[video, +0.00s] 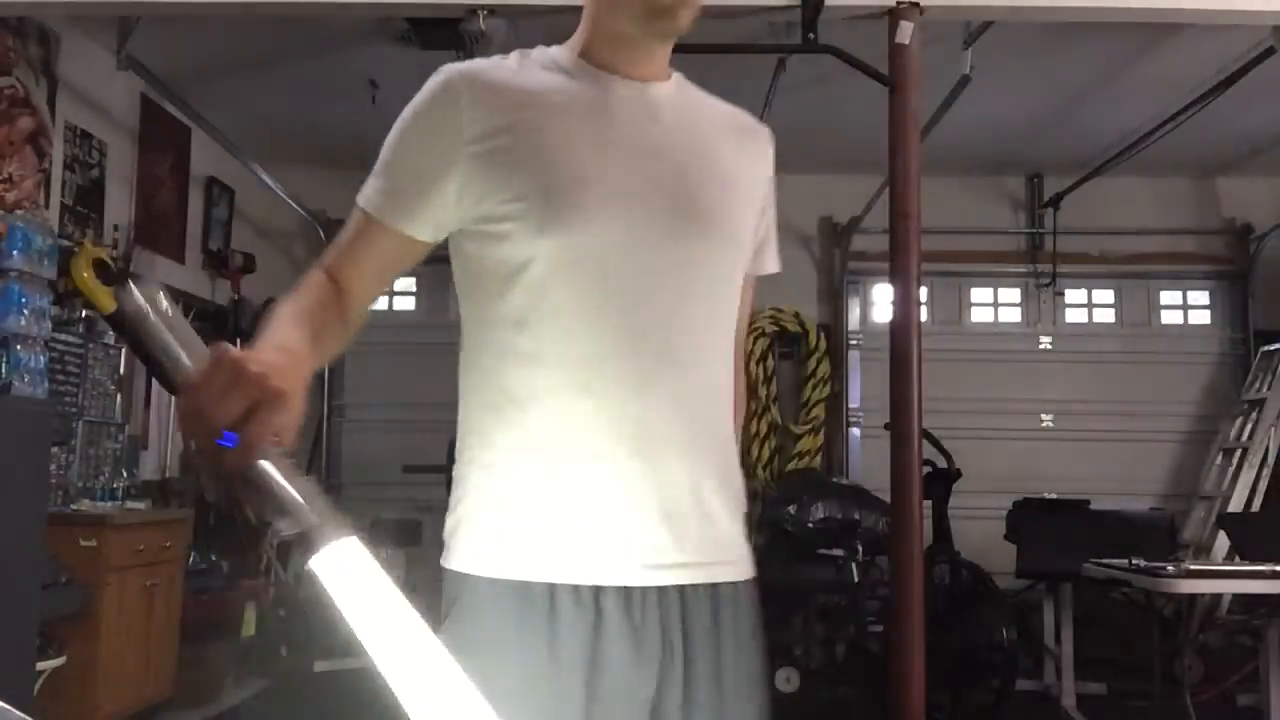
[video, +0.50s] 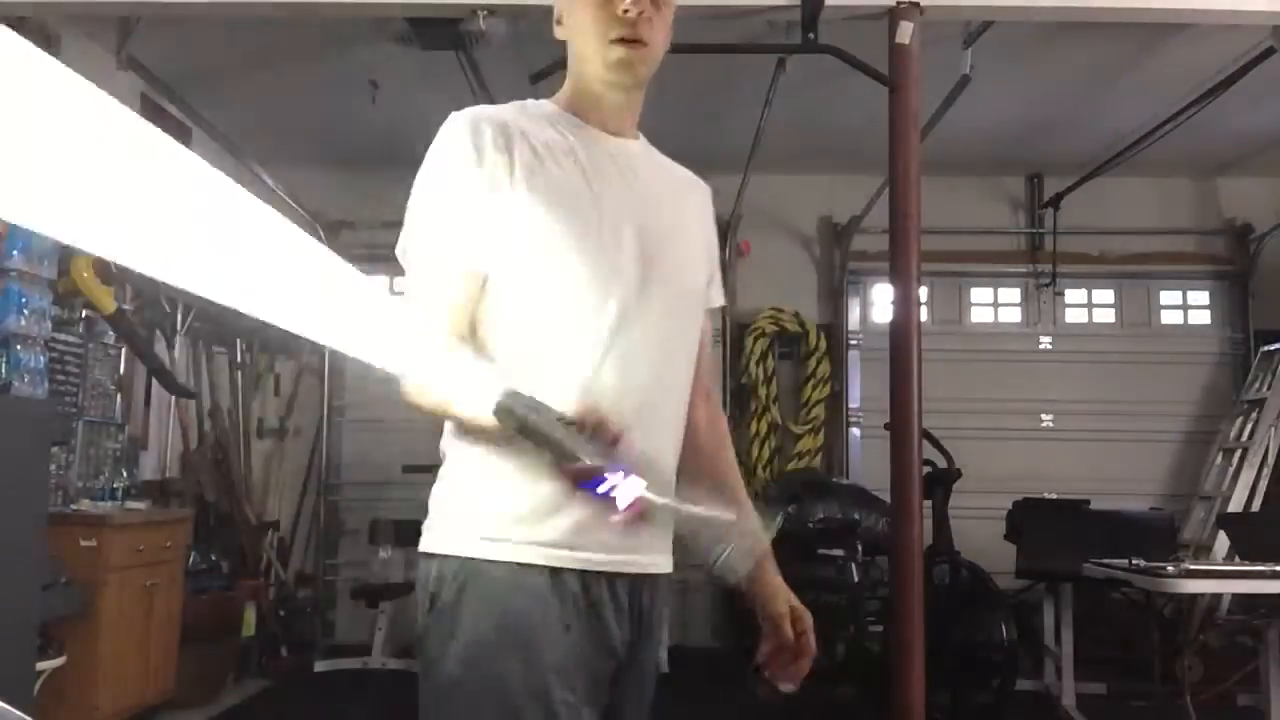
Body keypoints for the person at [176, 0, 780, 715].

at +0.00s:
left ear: (706, 1)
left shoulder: (745, 143)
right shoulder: (472, 101)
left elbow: (729, 367)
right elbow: (341, 282)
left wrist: (722, 536)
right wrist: (280, 360)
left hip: (709, 594)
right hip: (527, 594)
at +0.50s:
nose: (632, 9)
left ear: (671, 20)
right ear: (560, 16)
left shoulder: (690, 196)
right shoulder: (484, 142)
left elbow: (696, 404)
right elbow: (424, 362)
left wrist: (760, 571)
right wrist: (537, 424)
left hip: (638, 586)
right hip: (506, 575)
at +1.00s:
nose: (600, 10)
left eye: (623, 2)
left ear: (647, 41)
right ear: (538, 30)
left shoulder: (664, 201)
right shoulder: (456, 150)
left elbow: (673, 403)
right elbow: (269, 273)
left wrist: (681, 577)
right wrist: (381, 371)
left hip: (633, 571)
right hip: (495, 561)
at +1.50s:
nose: (571, 10)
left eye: (593, 1)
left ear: (618, 40)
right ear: (508, 30)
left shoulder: (660, 202)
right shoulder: (435, 151)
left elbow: (664, 403)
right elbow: (372, 355)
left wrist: (692, 581)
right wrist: (497, 355)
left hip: (614, 571)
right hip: (464, 561)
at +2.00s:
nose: (573, 13)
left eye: (594, 2)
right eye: (548, 0)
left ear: (619, 41)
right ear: (510, 34)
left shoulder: (652, 206)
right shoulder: (432, 156)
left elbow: (652, 400)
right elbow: (358, 348)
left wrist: (698, 560)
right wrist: (432, 432)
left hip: (610, 574)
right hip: (461, 558)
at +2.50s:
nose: (558, 16)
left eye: (581, 6)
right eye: (534, 5)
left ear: (608, 50)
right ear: (501, 43)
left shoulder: (656, 204)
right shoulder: (430, 158)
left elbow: (684, 386)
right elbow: (345, 323)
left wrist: (640, 436)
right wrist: (520, 377)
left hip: (601, 562)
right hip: (453, 553)